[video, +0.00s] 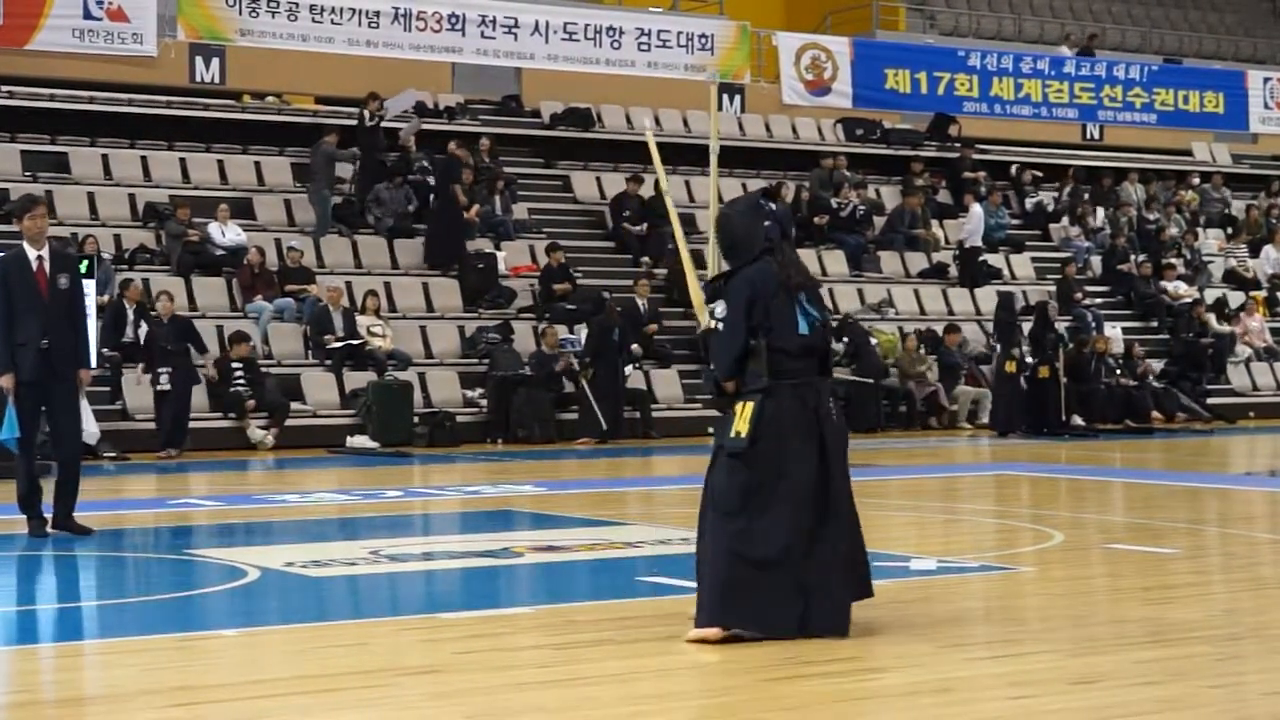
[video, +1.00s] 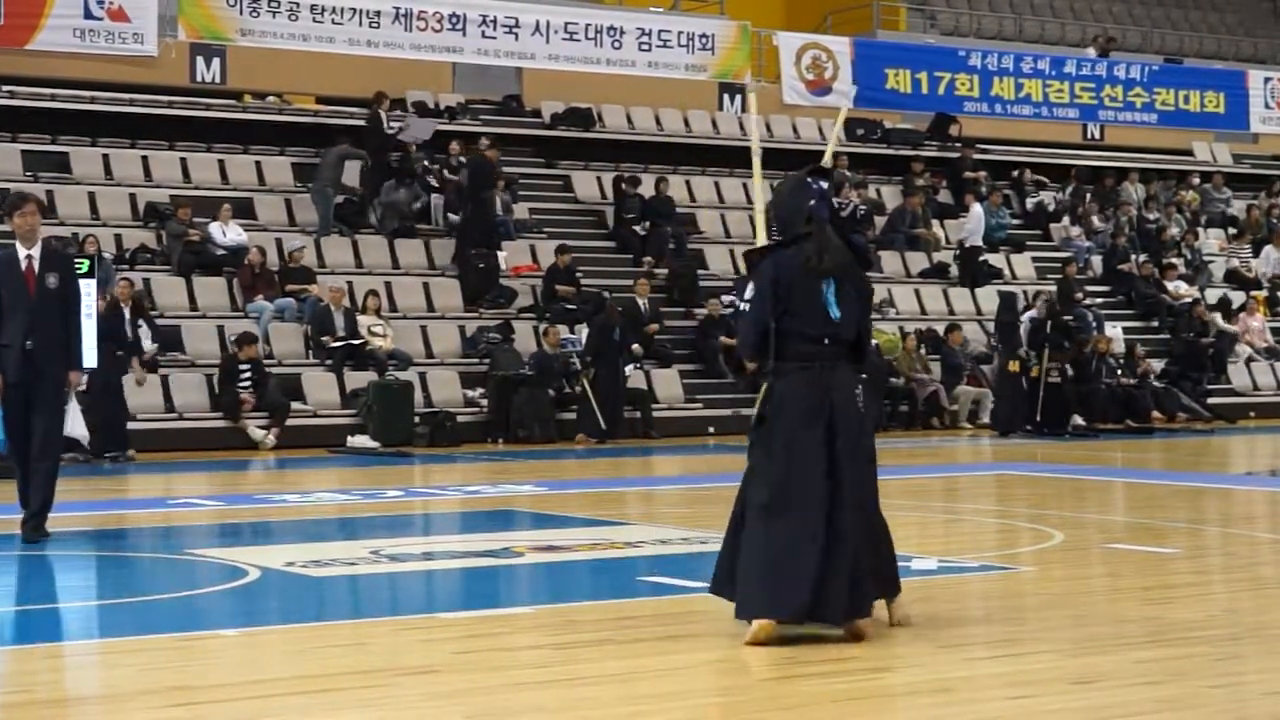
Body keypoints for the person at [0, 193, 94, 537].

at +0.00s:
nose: (39, 223)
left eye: (43, 217)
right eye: (32, 218)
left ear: (49, 220)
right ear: (18, 223)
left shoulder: (66, 258)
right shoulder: (6, 265)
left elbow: (78, 314)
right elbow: (2, 319)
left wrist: (84, 362)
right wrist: (5, 368)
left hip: (63, 363)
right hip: (24, 365)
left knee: (70, 441)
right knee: (26, 443)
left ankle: (63, 514)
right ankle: (33, 514)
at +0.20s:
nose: (35, 223)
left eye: (39, 216)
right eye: (28, 218)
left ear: (46, 219)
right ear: (15, 223)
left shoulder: (64, 258)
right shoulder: (5, 265)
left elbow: (76, 314)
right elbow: (1, 320)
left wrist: (82, 362)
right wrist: (3, 369)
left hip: (61, 362)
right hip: (21, 365)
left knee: (66, 441)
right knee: (25, 442)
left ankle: (64, 518)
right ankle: (33, 515)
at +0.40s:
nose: (33, 222)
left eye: (37, 216)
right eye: (26, 218)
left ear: (44, 219)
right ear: (13, 224)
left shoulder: (63, 258)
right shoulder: (4, 264)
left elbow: (75, 315)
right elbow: (1, 320)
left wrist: (81, 363)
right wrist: (2, 369)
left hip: (58, 363)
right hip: (18, 366)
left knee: (58, 441)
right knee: (24, 441)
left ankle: (55, 519)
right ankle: (32, 512)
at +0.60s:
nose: (32, 223)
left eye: (36, 216)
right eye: (25, 218)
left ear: (44, 219)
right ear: (13, 224)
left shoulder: (63, 259)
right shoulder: (4, 264)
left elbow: (75, 315)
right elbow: (1, 320)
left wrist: (80, 363)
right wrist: (1, 370)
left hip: (55, 364)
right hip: (16, 367)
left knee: (49, 442)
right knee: (22, 441)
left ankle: (41, 519)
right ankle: (28, 502)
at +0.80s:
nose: (31, 223)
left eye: (35, 217)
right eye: (24, 218)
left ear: (43, 220)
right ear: (12, 224)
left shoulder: (62, 259)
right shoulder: (3, 264)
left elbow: (73, 316)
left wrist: (77, 365)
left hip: (53, 365)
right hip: (13, 367)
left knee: (46, 441)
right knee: (20, 441)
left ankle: (36, 519)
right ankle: (29, 509)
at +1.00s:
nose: (29, 220)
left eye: (33, 214)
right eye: (22, 215)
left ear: (42, 218)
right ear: (10, 222)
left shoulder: (60, 258)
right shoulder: (3, 262)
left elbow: (72, 315)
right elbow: (0, 316)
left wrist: (75, 364)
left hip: (50, 363)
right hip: (11, 366)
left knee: (46, 440)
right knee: (18, 440)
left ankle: (36, 519)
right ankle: (31, 509)